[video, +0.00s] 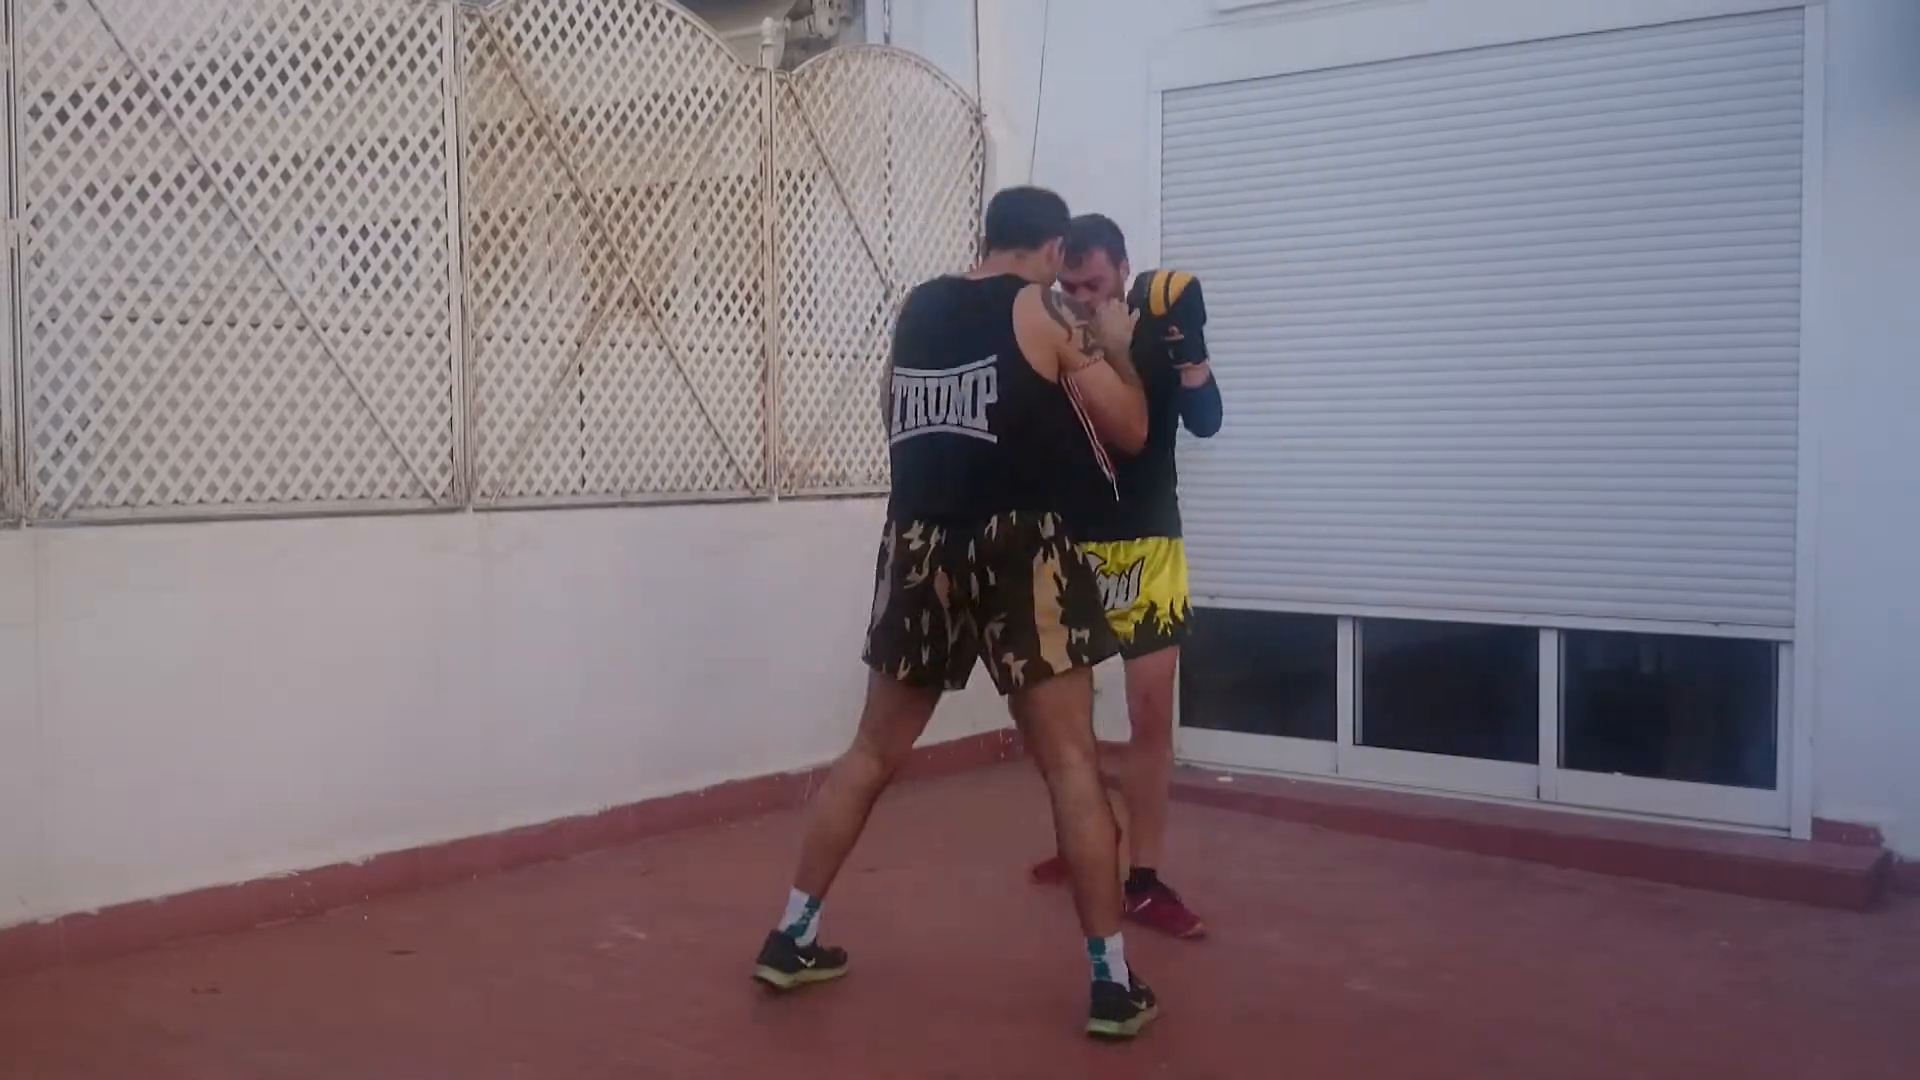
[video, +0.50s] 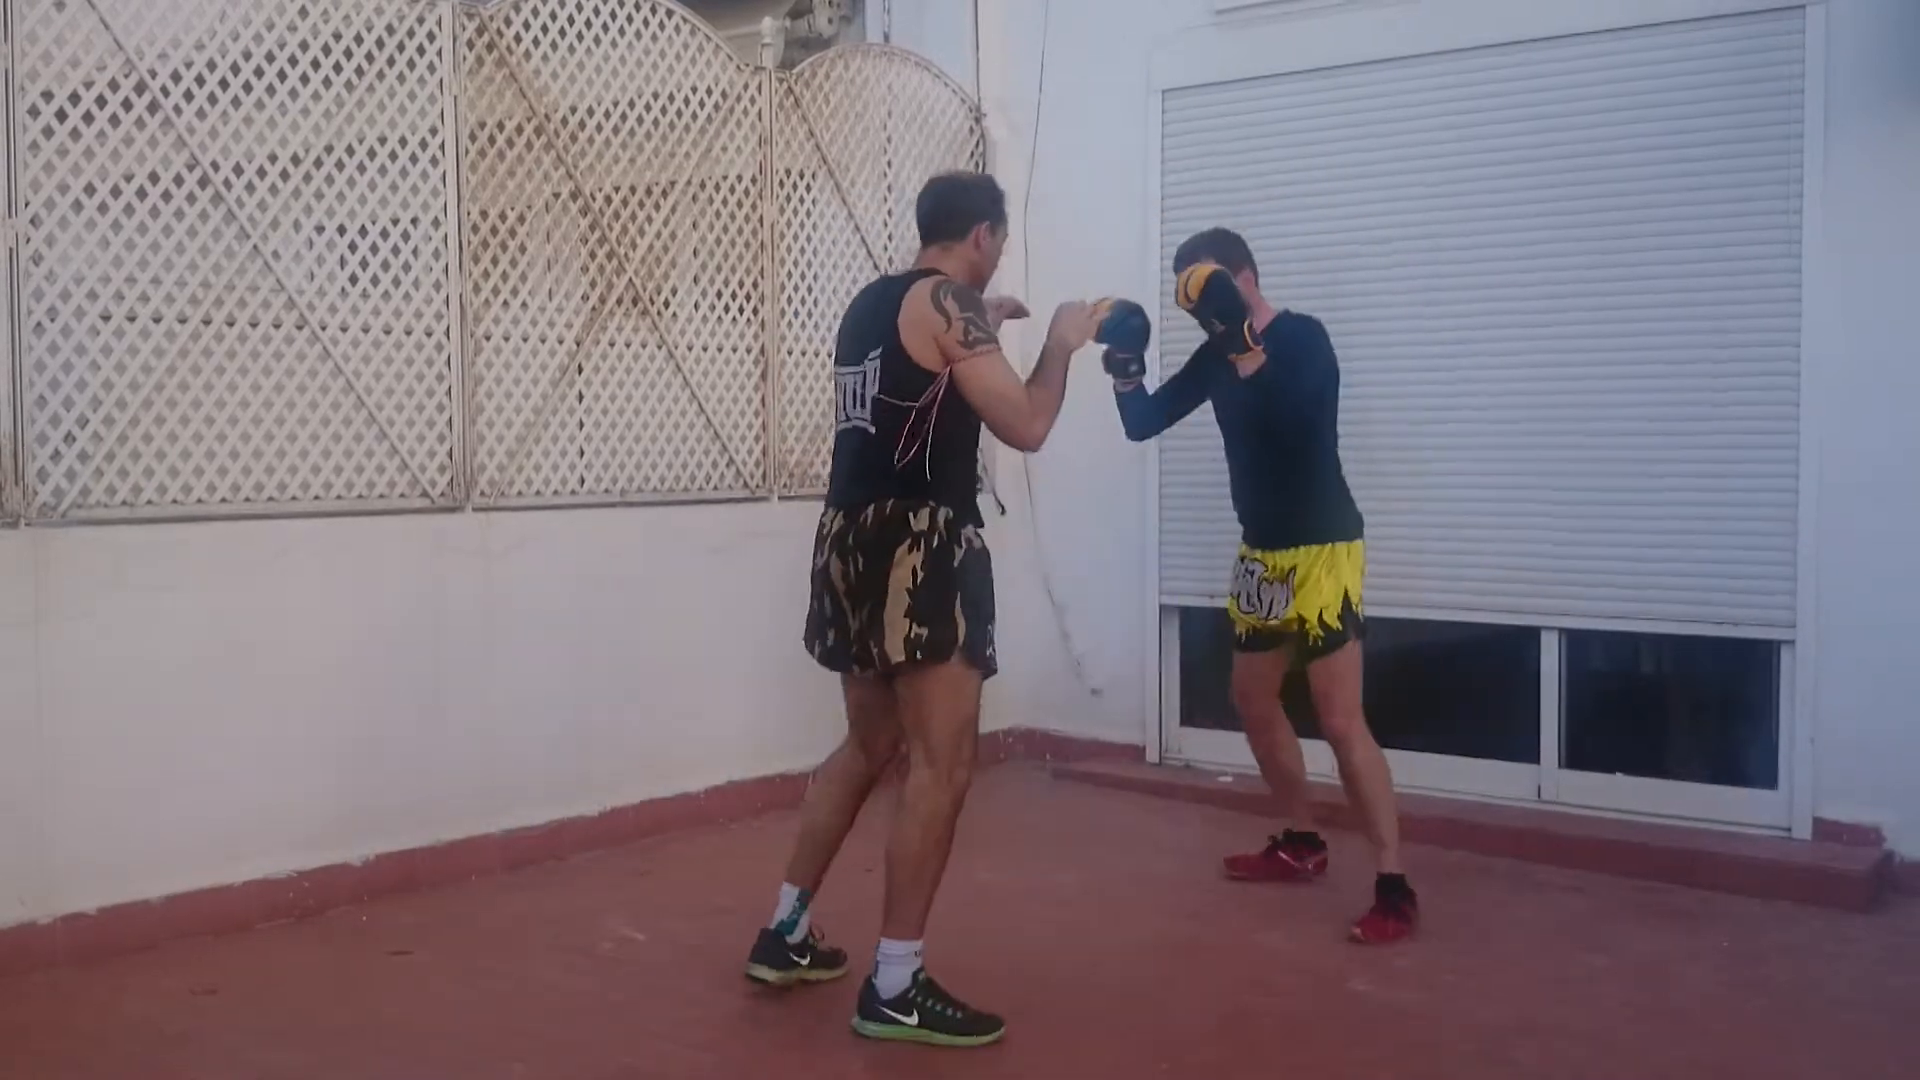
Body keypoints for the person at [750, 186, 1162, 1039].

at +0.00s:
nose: (1062, 267)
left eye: (1059, 255)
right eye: (1062, 255)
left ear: (982, 243)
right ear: (1048, 252)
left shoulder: (917, 308)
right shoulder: (1044, 319)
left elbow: (902, 416)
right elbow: (1130, 430)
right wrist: (1109, 343)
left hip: (917, 552)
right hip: (1022, 554)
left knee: (872, 753)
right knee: (1070, 764)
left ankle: (789, 936)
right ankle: (1111, 984)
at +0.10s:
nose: (1028, 276)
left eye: (1029, 265)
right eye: (1028, 263)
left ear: (950, 248)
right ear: (1011, 256)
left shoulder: (885, 316)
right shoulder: (987, 319)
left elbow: (933, 407)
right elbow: (1062, 443)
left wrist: (1008, 342)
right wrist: (1069, 367)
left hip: (874, 558)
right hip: (971, 560)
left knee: (849, 755)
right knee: (1037, 762)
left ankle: (779, 943)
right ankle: (1094, 978)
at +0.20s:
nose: (1003, 263)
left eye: (1004, 251)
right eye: (1003, 249)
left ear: (926, 237)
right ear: (985, 242)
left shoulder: (866, 306)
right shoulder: (956, 305)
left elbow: (907, 411)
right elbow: (1034, 426)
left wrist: (1001, 361)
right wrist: (1056, 358)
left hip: (852, 547)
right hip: (940, 549)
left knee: (836, 746)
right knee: (1011, 746)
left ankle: (777, 940)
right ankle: (1028, 974)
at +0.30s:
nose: (990, 257)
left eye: (989, 244)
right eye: (988, 242)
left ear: (913, 234)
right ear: (968, 239)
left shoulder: (857, 300)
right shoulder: (938, 305)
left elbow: (897, 364)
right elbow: (1032, 409)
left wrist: (962, 315)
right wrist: (1058, 328)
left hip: (840, 539)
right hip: (921, 544)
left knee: (816, 744)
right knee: (994, 742)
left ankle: (774, 940)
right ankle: (958, 973)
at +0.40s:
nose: (988, 254)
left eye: (988, 241)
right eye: (987, 239)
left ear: (910, 232)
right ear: (967, 236)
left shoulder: (857, 302)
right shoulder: (932, 304)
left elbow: (896, 357)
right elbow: (1024, 413)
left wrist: (964, 308)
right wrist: (1057, 330)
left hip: (843, 546)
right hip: (921, 552)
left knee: (821, 748)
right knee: (973, 748)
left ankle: (775, 940)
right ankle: (907, 973)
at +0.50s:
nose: (1001, 256)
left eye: (999, 243)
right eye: (1000, 241)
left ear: (925, 234)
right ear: (978, 238)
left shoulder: (868, 301)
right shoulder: (945, 306)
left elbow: (907, 373)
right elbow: (1024, 425)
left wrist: (976, 324)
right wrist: (1062, 347)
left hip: (852, 541)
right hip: (921, 549)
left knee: (870, 745)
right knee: (942, 767)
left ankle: (782, 932)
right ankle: (895, 986)